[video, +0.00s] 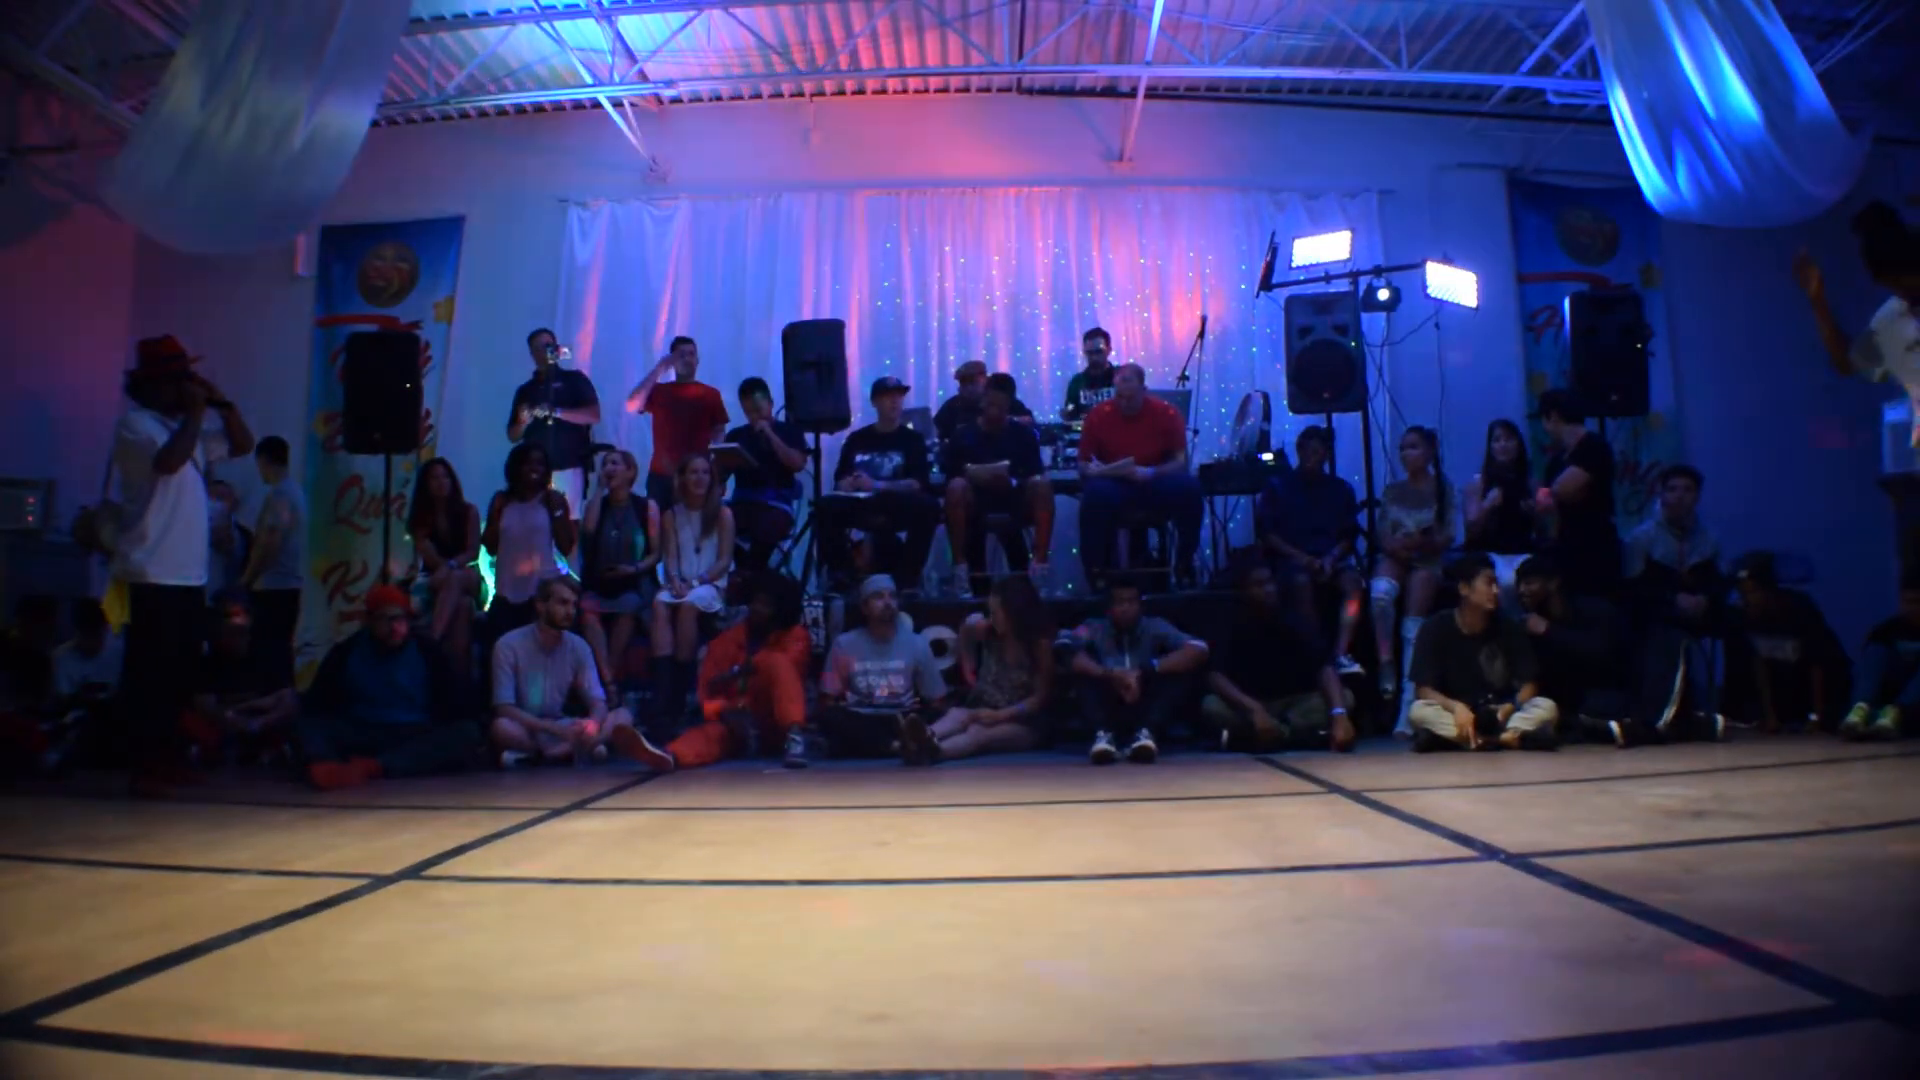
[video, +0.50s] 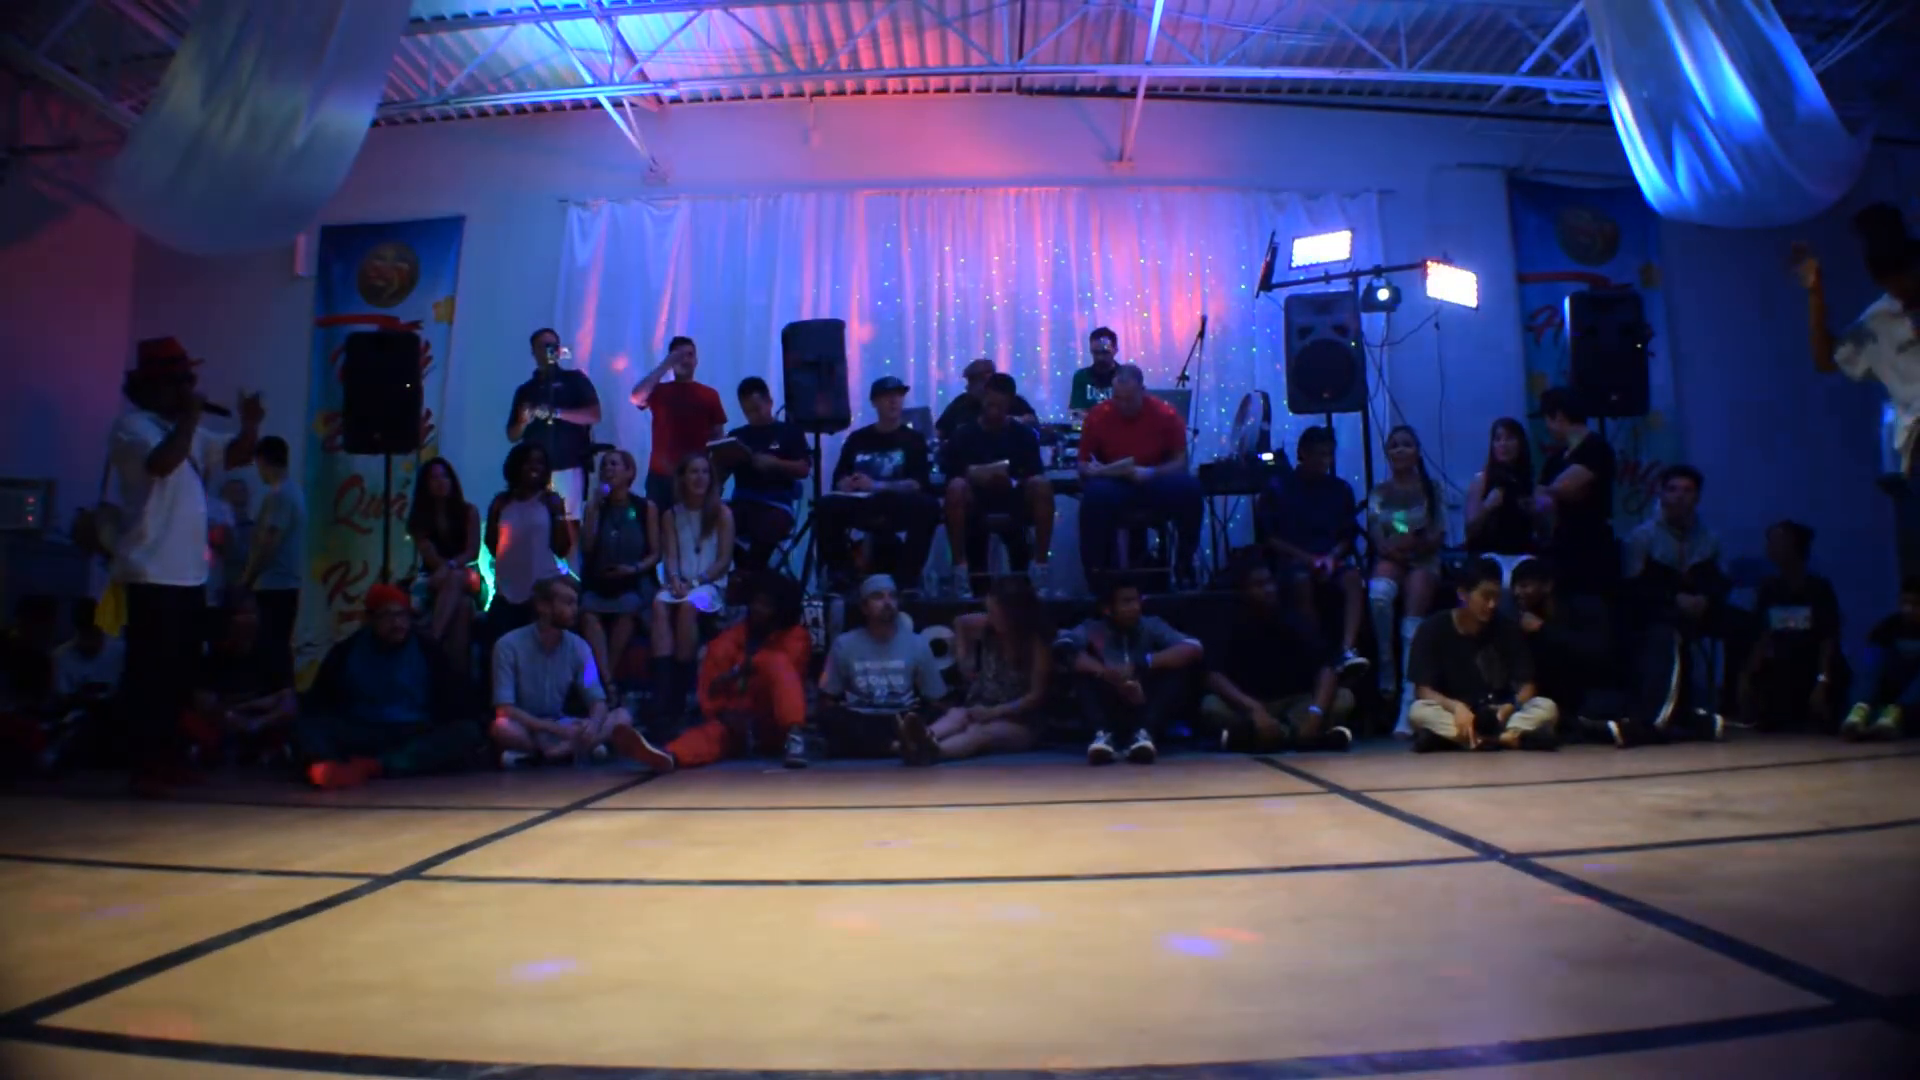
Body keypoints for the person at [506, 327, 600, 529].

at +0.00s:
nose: (545, 352)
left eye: (549, 346)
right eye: (539, 348)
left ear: (557, 349)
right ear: (532, 354)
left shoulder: (576, 379)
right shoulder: (525, 390)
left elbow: (593, 415)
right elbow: (513, 435)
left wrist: (556, 413)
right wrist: (523, 421)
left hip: (569, 465)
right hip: (536, 467)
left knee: (570, 525)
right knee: (536, 525)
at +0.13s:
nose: (547, 351)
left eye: (551, 346)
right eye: (541, 347)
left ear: (558, 349)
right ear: (532, 353)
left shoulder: (576, 380)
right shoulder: (525, 390)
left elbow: (593, 415)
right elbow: (513, 435)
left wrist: (555, 413)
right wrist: (523, 422)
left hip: (569, 464)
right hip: (536, 466)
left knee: (570, 525)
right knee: (536, 524)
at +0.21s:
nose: (548, 351)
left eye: (552, 346)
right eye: (542, 347)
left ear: (559, 350)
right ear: (533, 353)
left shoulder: (576, 379)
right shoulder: (526, 390)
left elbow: (593, 415)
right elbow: (513, 435)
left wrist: (555, 413)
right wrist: (523, 421)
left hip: (570, 464)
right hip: (537, 466)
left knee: (570, 525)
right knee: (537, 525)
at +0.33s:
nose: (549, 351)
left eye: (553, 346)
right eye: (543, 346)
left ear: (559, 350)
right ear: (533, 352)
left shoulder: (576, 379)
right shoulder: (526, 390)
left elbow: (593, 415)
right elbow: (513, 436)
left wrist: (555, 413)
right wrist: (523, 421)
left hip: (570, 464)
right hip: (537, 467)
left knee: (570, 524)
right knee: (537, 524)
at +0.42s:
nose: (549, 351)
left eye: (553, 346)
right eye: (544, 347)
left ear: (559, 350)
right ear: (534, 352)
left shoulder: (576, 379)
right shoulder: (526, 390)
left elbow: (593, 415)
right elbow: (513, 435)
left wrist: (556, 414)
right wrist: (523, 421)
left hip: (569, 464)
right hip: (536, 467)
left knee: (569, 522)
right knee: (536, 522)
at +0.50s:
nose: (549, 351)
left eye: (553, 346)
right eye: (544, 347)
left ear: (559, 350)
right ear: (534, 352)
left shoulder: (576, 379)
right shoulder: (525, 390)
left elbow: (593, 415)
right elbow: (512, 435)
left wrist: (556, 413)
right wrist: (523, 422)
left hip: (570, 464)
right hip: (537, 466)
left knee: (569, 523)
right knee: (536, 523)